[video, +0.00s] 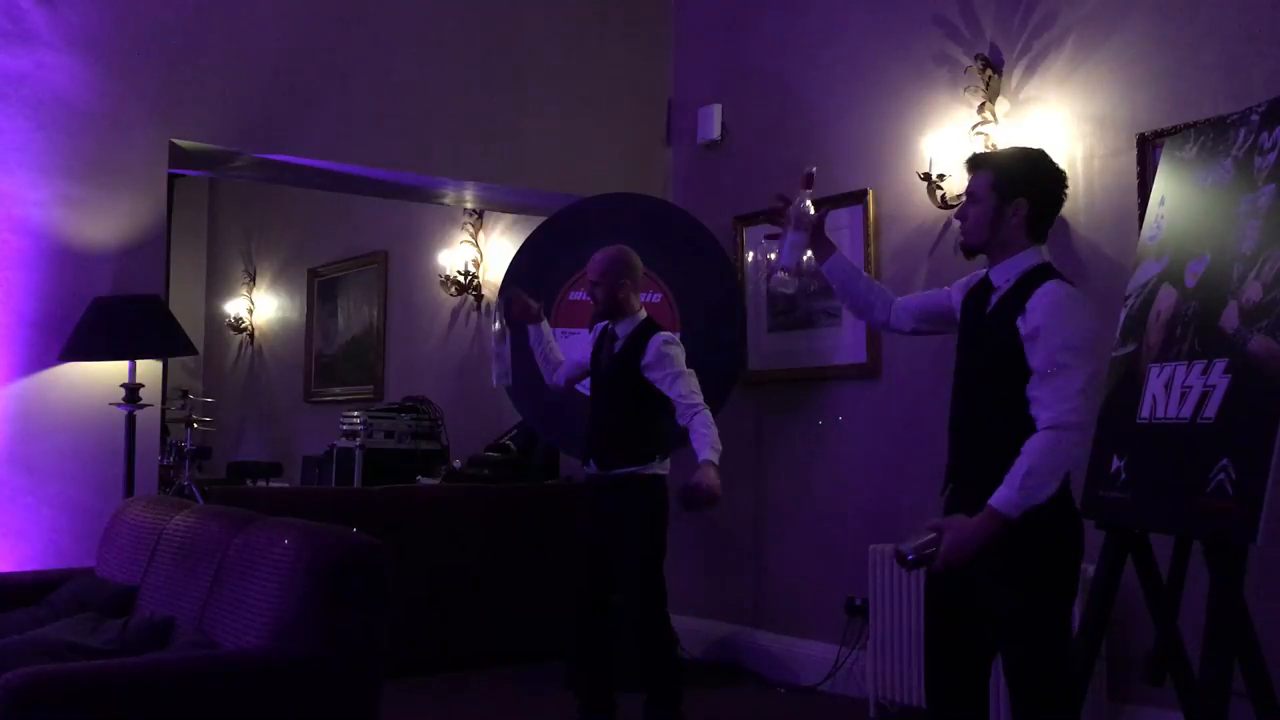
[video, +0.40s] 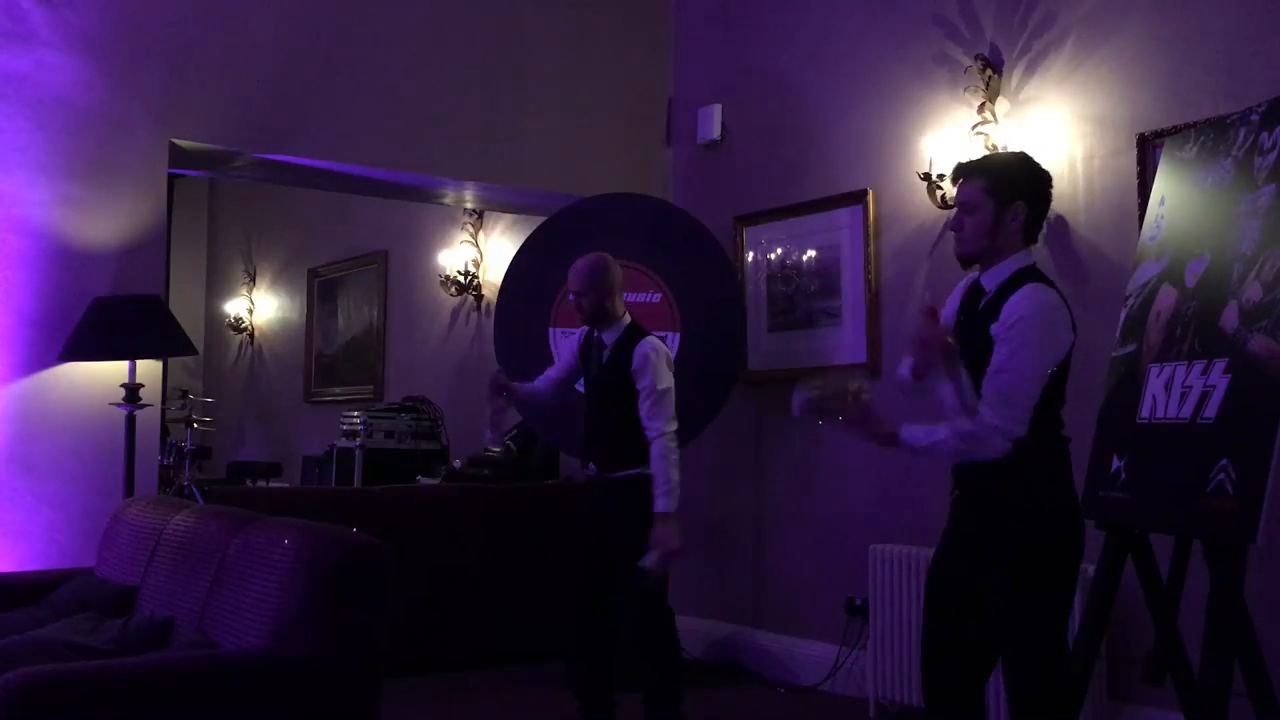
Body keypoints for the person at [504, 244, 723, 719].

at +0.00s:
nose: (588, 292)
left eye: (597, 284)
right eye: (588, 284)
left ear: (626, 287)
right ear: (606, 288)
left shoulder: (658, 343)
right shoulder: (598, 337)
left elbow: (693, 406)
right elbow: (558, 374)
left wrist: (708, 462)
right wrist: (537, 323)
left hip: (641, 487)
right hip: (601, 485)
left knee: (643, 602)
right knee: (597, 598)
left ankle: (661, 705)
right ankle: (596, 702)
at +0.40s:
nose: (573, 303)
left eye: (580, 295)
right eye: (572, 295)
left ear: (608, 295)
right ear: (581, 297)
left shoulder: (648, 351)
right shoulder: (584, 344)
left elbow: (663, 436)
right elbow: (546, 389)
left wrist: (665, 515)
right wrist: (514, 389)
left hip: (636, 494)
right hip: (595, 491)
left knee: (645, 607)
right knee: (594, 602)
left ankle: (662, 705)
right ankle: (595, 702)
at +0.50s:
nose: (574, 305)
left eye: (581, 297)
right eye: (572, 296)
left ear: (609, 297)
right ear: (588, 298)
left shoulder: (650, 354)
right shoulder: (585, 346)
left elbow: (641, 446)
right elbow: (553, 418)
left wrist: (613, 518)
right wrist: (535, 392)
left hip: (640, 493)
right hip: (594, 488)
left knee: (645, 608)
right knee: (592, 603)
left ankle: (662, 706)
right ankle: (594, 703)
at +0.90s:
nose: (586, 299)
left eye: (595, 291)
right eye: (584, 291)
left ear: (623, 290)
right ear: (586, 293)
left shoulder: (659, 346)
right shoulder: (589, 345)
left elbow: (692, 419)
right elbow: (577, 410)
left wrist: (676, 477)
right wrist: (577, 456)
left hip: (648, 490)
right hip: (601, 488)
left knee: (650, 602)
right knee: (599, 599)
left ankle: (664, 704)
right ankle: (597, 702)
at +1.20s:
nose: (586, 307)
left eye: (593, 298)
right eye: (586, 297)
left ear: (621, 296)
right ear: (603, 295)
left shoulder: (661, 348)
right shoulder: (601, 346)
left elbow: (681, 426)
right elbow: (569, 401)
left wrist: (615, 442)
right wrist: (519, 428)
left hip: (646, 492)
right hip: (601, 489)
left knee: (644, 603)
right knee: (593, 600)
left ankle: (664, 703)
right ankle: (595, 701)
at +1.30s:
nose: (590, 306)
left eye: (596, 296)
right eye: (590, 297)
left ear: (623, 295)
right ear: (617, 295)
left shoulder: (659, 353)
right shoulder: (612, 344)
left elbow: (673, 435)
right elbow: (573, 366)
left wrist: (619, 479)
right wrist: (522, 364)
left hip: (645, 492)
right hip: (609, 488)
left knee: (643, 602)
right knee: (598, 597)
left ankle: (662, 701)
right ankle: (597, 698)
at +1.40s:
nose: (590, 303)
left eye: (595, 295)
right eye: (590, 296)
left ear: (619, 296)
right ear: (627, 295)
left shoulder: (652, 354)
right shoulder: (617, 341)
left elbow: (669, 436)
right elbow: (581, 329)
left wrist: (647, 507)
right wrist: (541, 302)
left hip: (637, 494)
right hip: (612, 490)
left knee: (636, 606)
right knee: (607, 600)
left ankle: (660, 702)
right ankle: (598, 698)